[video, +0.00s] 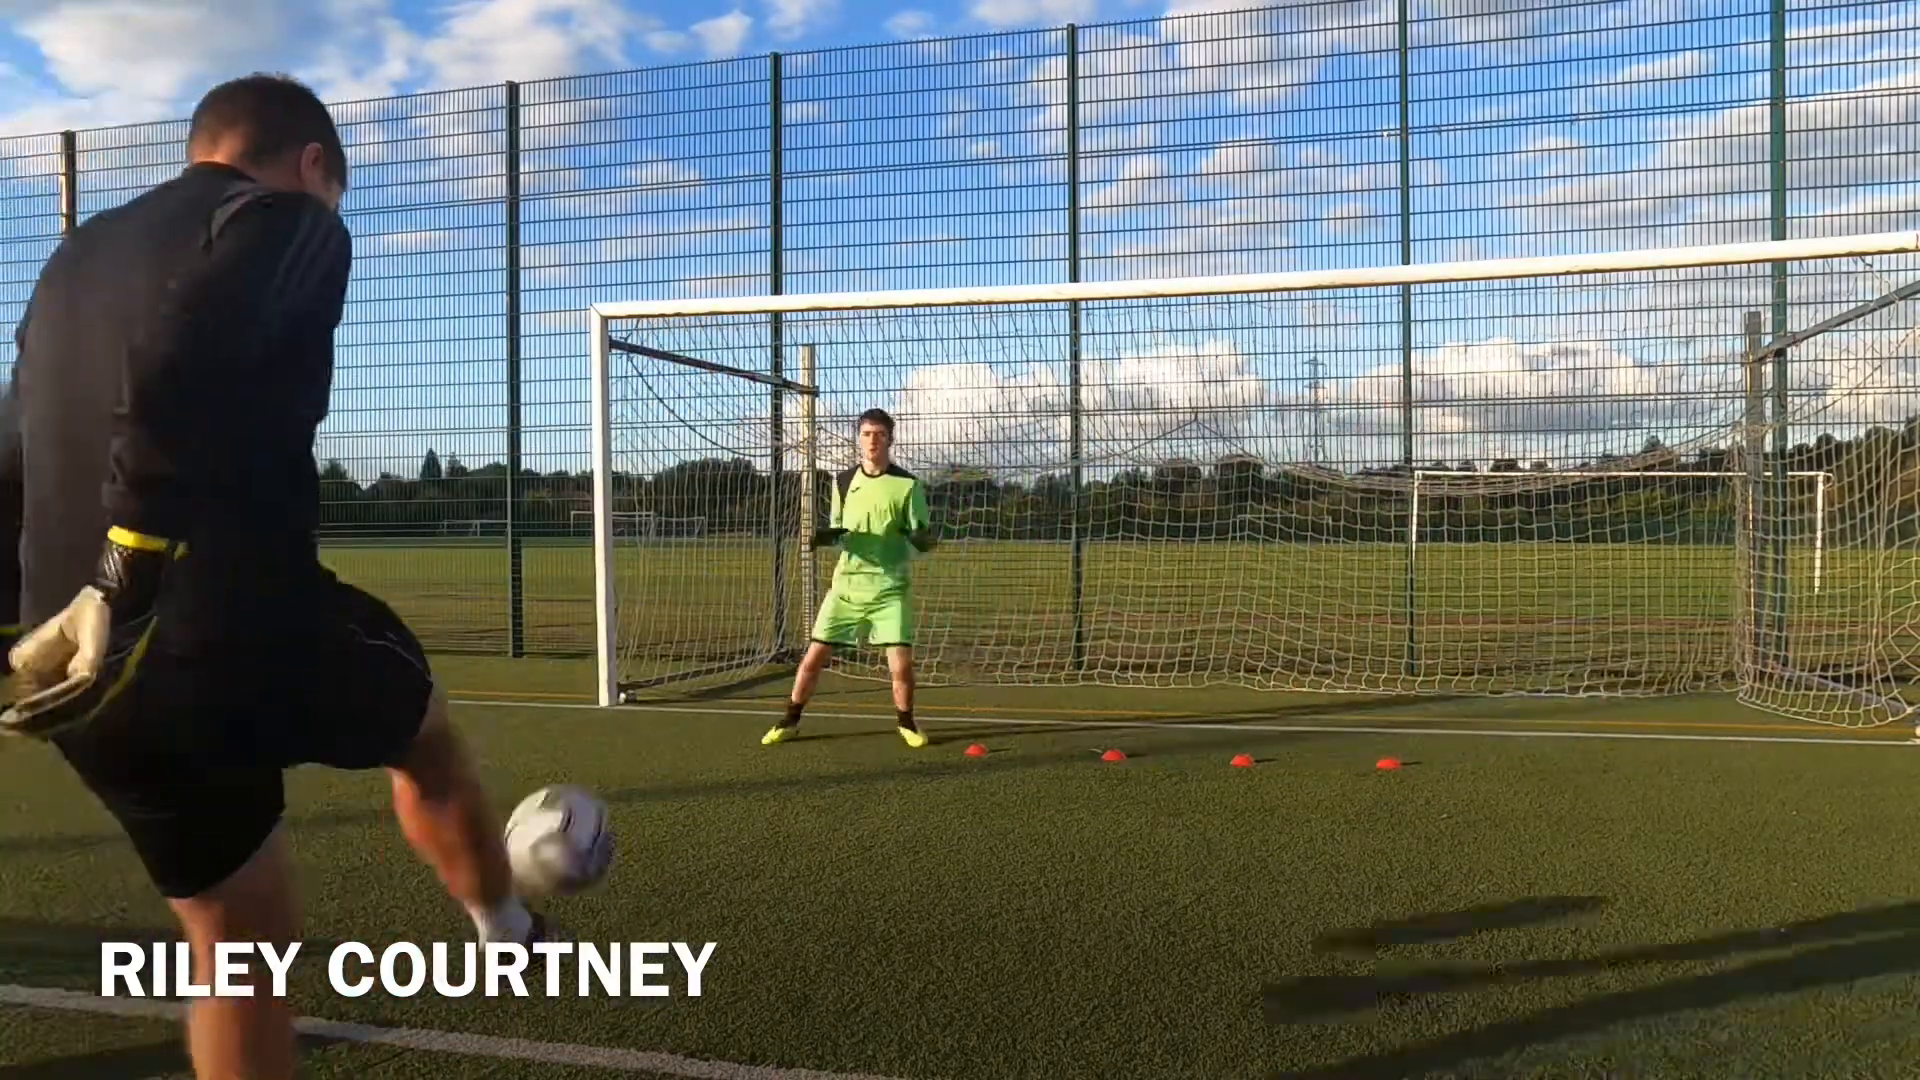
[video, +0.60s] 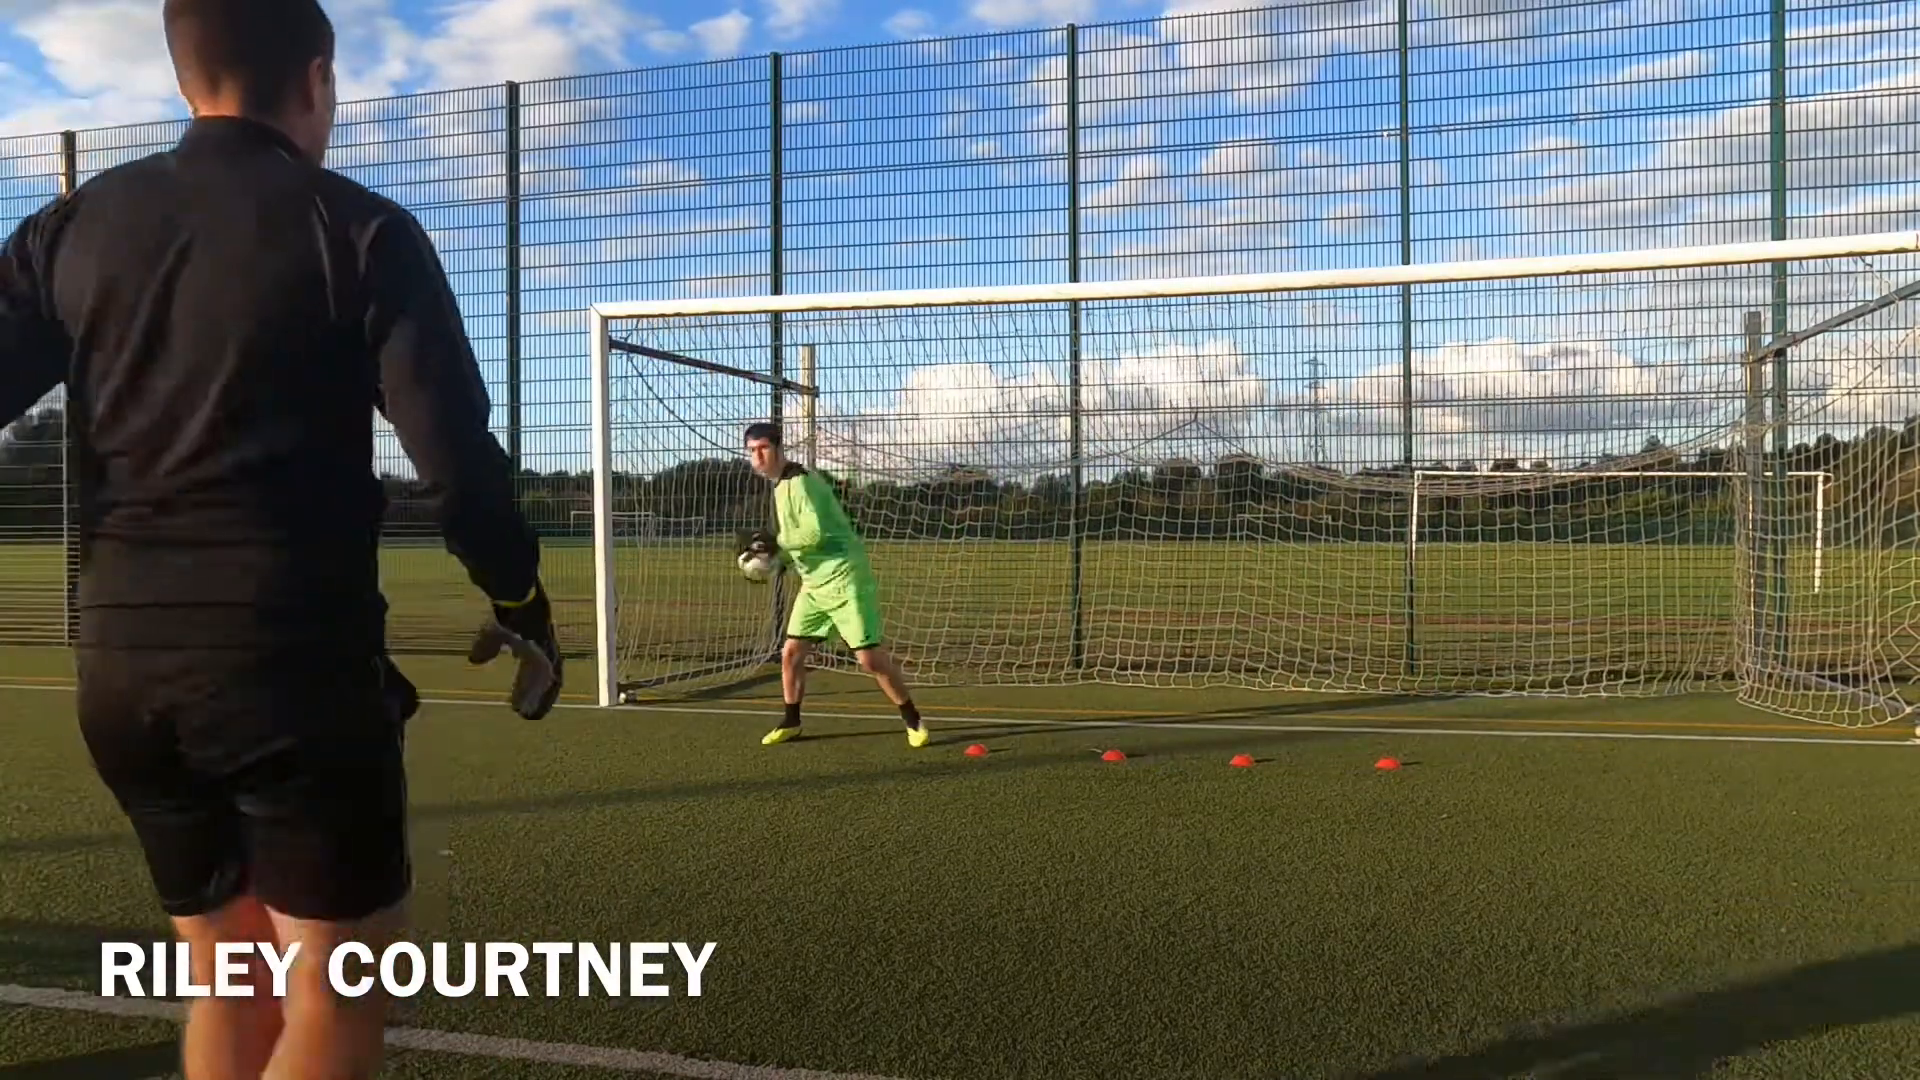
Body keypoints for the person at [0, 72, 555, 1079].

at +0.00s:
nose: (332, 215)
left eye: (335, 198)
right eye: (336, 193)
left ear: (203, 161)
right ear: (305, 162)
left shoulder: (74, 255)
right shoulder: (293, 224)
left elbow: (16, 455)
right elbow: (193, 370)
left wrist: (25, 618)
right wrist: (122, 582)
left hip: (79, 653)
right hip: (242, 624)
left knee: (234, 937)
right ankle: (508, 933)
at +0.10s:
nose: (334, 186)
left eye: (336, 168)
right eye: (337, 166)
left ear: (205, 147)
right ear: (307, 150)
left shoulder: (100, 250)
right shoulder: (316, 215)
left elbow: (27, 478)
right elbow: (204, 313)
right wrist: (135, 554)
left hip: (118, 654)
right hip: (265, 630)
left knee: (252, 932)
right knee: (430, 610)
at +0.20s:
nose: (327, 164)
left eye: (329, 147)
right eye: (330, 144)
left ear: (193, 134)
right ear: (307, 134)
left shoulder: (103, 244)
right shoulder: (318, 221)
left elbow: (62, 449)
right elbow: (255, 392)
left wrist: (173, 472)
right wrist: (220, 613)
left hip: (149, 656)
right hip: (290, 636)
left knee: (262, 929)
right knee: (420, 509)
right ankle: (440, 718)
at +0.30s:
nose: (331, 135)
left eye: (328, 116)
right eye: (329, 115)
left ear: (190, 113)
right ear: (308, 108)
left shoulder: (101, 233)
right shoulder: (326, 224)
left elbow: (42, 447)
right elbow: (309, 449)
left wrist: (164, 456)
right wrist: (331, 660)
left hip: (160, 649)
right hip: (293, 632)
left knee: (254, 948)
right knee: (423, 559)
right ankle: (417, 817)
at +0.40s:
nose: (332, 124)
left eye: (329, 106)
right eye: (330, 104)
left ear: (187, 99)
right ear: (310, 97)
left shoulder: (84, 235)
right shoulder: (339, 228)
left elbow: (13, 433)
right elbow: (376, 462)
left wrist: (120, 508)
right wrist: (425, 639)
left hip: (155, 661)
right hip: (312, 646)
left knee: (243, 962)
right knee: (430, 711)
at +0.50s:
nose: (328, 120)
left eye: (329, 103)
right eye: (330, 101)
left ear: (187, 96)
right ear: (311, 93)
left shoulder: (71, 242)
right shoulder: (354, 235)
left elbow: (3, 404)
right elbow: (430, 459)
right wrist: (492, 621)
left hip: (143, 668)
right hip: (323, 655)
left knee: (233, 972)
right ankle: (351, 1060)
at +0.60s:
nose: (330, 107)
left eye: (327, 84)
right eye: (331, 83)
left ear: (189, 84)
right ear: (311, 79)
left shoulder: (75, 228)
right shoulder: (361, 231)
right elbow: (453, 453)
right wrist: (519, 592)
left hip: (123, 663)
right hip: (294, 658)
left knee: (222, 968)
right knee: (336, 978)